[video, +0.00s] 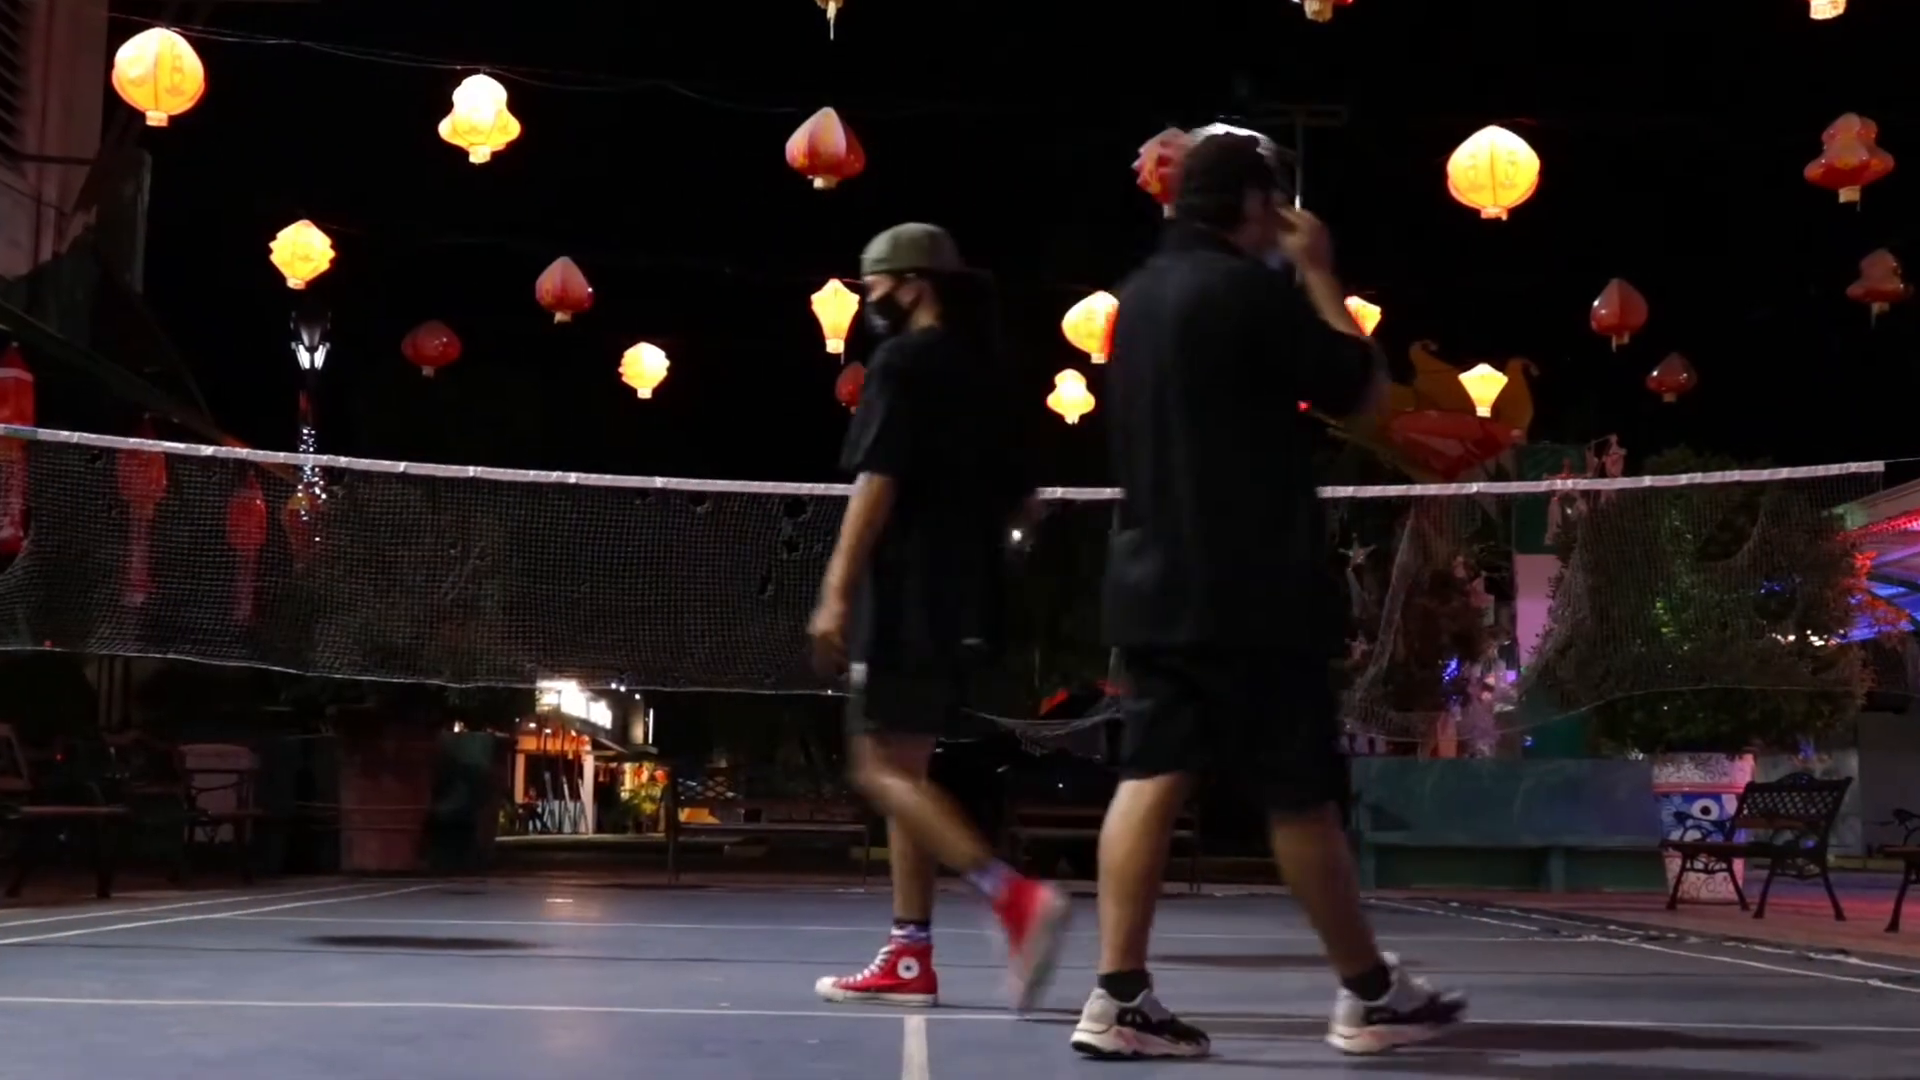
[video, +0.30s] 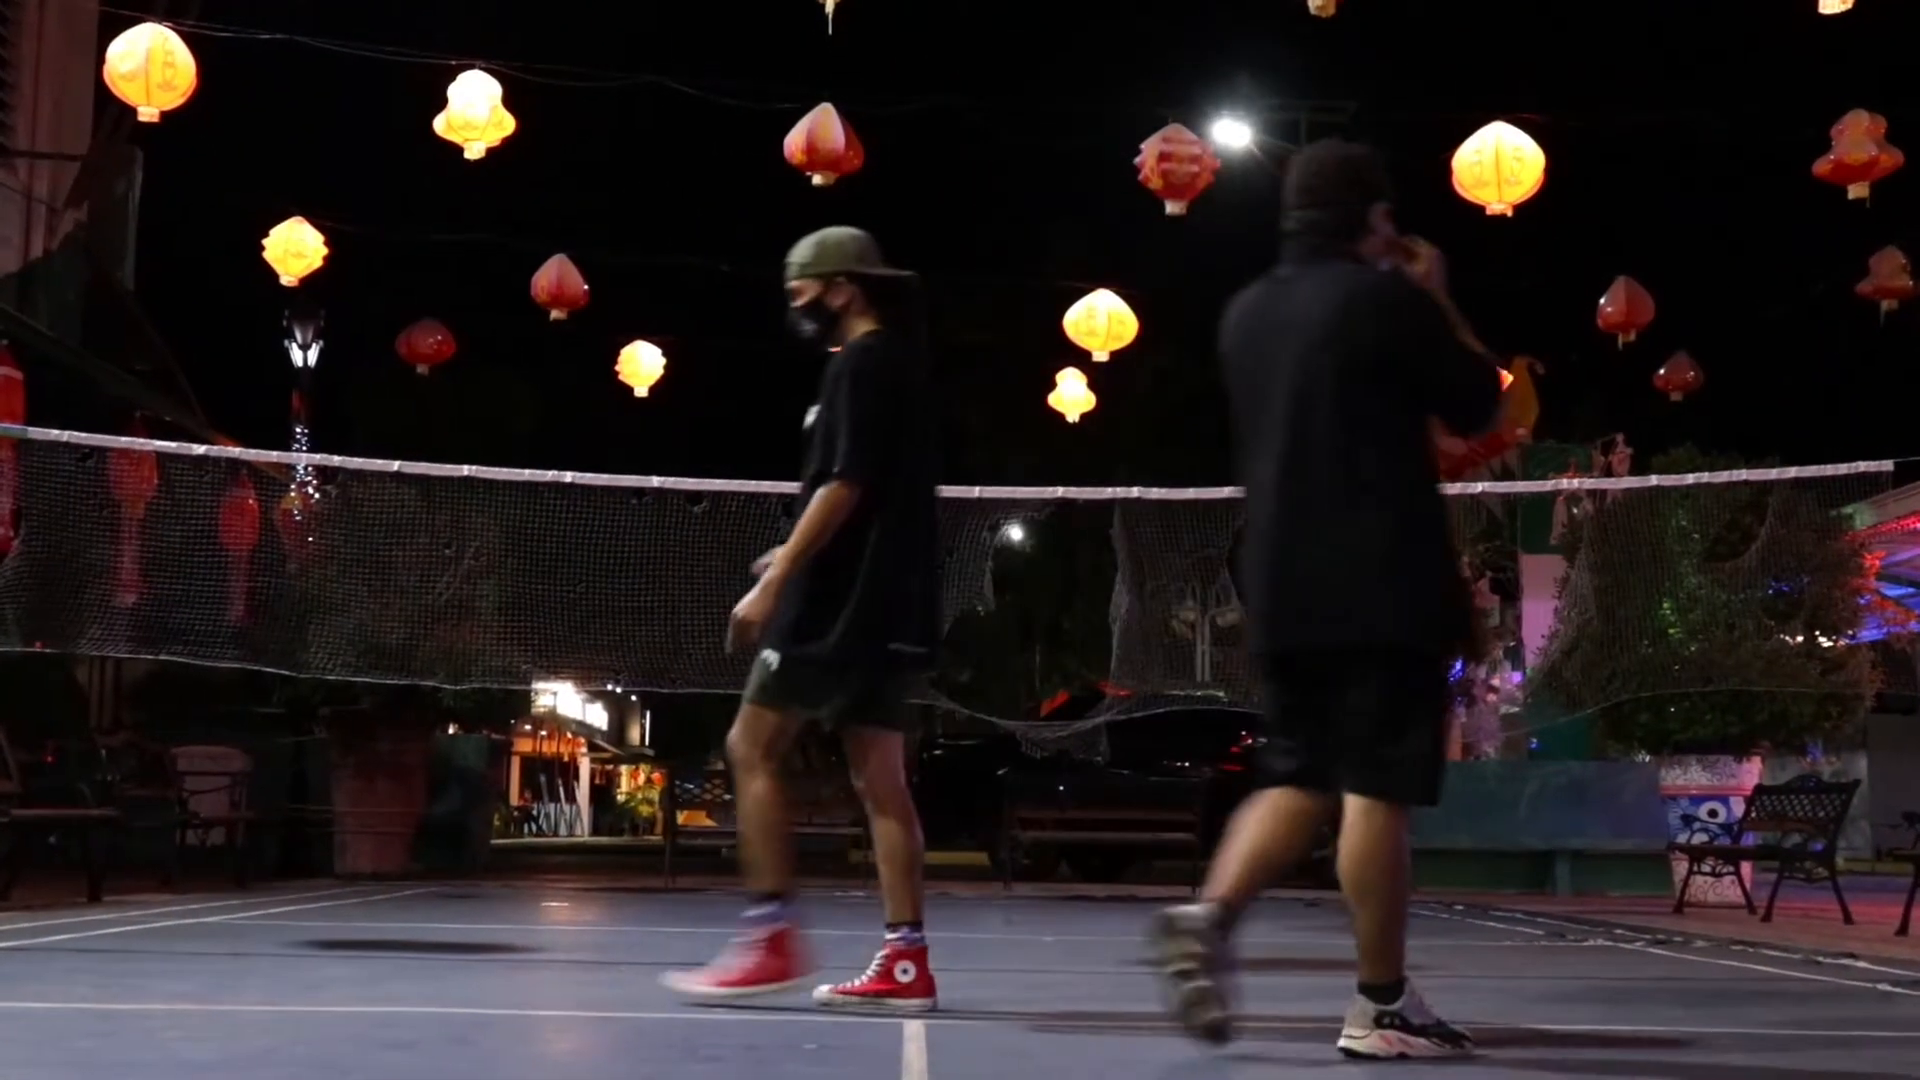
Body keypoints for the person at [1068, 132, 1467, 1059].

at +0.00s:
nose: (1286, 217)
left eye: (1283, 200)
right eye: (1280, 200)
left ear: (1183, 205)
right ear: (1252, 206)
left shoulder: (1141, 296)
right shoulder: (1253, 294)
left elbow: (1136, 433)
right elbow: (1359, 391)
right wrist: (1319, 274)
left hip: (1154, 586)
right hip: (1256, 588)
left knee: (1150, 775)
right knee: (1298, 793)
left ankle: (1117, 994)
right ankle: (1371, 990)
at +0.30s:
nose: (1391, 225)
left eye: (1387, 213)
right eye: (1385, 213)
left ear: (1290, 217)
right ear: (1370, 221)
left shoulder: (1247, 313)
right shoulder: (1387, 301)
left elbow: (1308, 407)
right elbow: (1474, 404)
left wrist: (1372, 286)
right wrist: (1435, 301)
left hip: (1282, 585)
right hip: (1387, 583)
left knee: (1300, 775)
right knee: (1378, 791)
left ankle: (1204, 919)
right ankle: (1380, 1004)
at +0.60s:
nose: (1481, 252)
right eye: (1476, 240)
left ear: (1384, 250)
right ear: (1467, 247)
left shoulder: (1344, 351)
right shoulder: (1503, 332)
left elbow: (1304, 477)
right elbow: (1597, 438)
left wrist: (1372, 514)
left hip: (1378, 599)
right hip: (1482, 595)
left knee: (1439, 803)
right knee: (1435, 795)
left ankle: (1503, 992)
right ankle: (1387, 1001)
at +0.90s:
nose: (1538, 259)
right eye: (1532, 247)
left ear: (1442, 265)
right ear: (1526, 257)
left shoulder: (1406, 362)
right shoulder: (1573, 347)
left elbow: (1360, 497)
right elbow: (1627, 487)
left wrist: (1402, 593)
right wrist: (1656, 598)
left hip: (1448, 614)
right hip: (1557, 608)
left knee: (1483, 789)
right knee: (1596, 775)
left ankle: (1506, 1009)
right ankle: (1513, 918)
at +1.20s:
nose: (1613, 292)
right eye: (1611, 279)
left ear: (1517, 287)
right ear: (1600, 285)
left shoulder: (1477, 385)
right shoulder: (1632, 373)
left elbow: (1461, 518)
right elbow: (1682, 512)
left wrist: (1511, 584)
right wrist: (1694, 623)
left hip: (1509, 629)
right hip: (1622, 627)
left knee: (1521, 801)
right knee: (1644, 815)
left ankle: (1521, 998)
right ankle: (1689, 991)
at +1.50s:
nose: (1677, 296)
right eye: (1669, 286)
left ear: (1579, 306)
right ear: (1662, 302)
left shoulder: (1539, 399)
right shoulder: (1697, 392)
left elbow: (1519, 533)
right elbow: (1752, 504)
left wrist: (1531, 632)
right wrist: (1726, 394)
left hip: (1574, 638)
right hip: (1683, 637)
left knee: (1575, 795)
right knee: (1687, 809)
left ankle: (1564, 923)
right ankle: (1689, 1003)